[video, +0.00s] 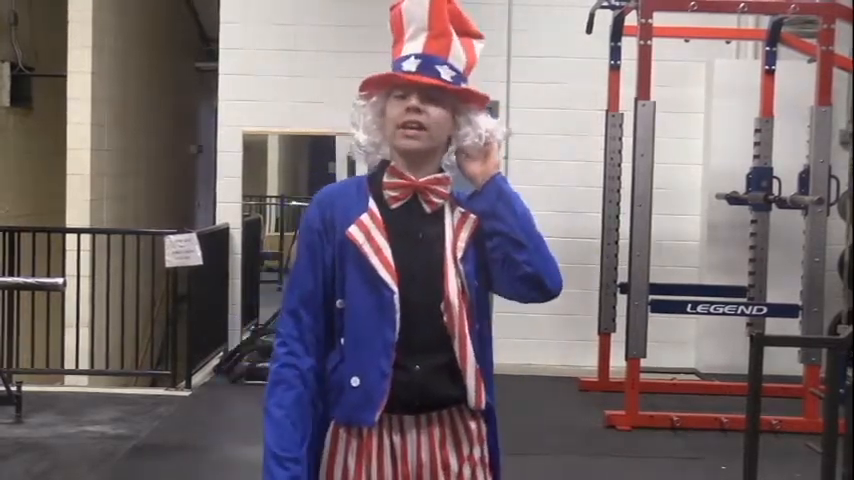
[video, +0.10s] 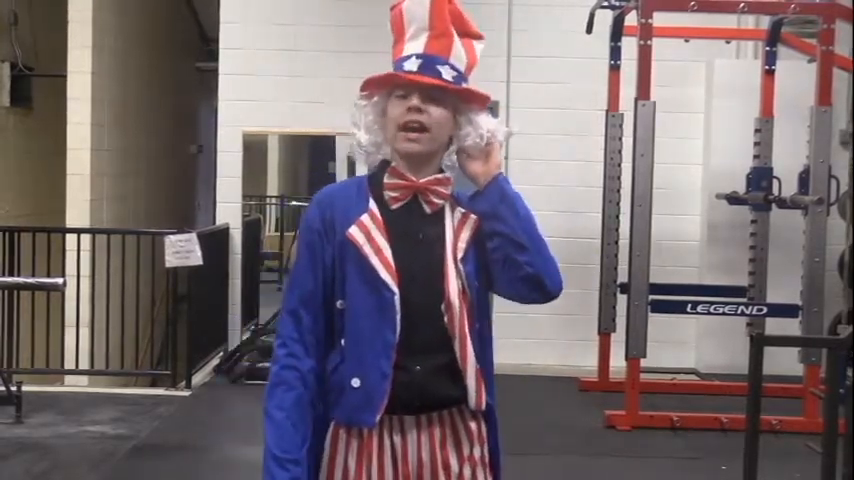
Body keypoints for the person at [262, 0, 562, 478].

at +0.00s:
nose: (414, 107)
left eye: (432, 99)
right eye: (401, 95)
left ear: (456, 121)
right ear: (382, 111)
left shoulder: (475, 211)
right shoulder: (335, 207)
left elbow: (542, 285)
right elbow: (298, 346)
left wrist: (488, 183)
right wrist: (286, 467)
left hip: (455, 437)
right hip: (358, 440)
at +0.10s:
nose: (415, 107)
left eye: (433, 99)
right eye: (402, 95)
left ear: (457, 120)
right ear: (382, 111)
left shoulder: (474, 211)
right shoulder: (334, 208)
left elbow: (542, 286)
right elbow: (298, 347)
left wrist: (490, 182)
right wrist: (286, 467)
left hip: (455, 438)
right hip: (358, 441)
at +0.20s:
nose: (415, 108)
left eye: (433, 99)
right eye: (402, 95)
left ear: (456, 121)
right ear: (383, 111)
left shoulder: (475, 211)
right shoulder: (334, 208)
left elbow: (541, 286)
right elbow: (298, 347)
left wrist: (489, 183)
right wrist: (288, 467)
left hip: (455, 438)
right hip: (358, 442)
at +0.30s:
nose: (413, 109)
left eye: (431, 101)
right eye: (401, 97)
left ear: (455, 122)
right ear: (381, 113)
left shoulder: (475, 211)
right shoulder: (334, 208)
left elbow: (540, 288)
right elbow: (298, 346)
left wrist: (490, 183)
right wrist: (289, 467)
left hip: (454, 439)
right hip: (357, 442)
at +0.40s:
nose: (411, 111)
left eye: (430, 102)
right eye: (398, 98)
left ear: (453, 122)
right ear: (378, 114)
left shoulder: (474, 211)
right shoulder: (332, 210)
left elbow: (541, 292)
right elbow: (298, 347)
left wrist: (490, 192)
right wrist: (290, 468)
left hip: (454, 440)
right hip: (357, 443)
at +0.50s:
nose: (410, 112)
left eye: (427, 103)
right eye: (395, 100)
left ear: (452, 122)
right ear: (375, 117)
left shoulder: (474, 214)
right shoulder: (329, 209)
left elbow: (541, 297)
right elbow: (296, 345)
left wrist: (499, 197)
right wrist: (289, 466)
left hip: (451, 439)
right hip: (355, 443)